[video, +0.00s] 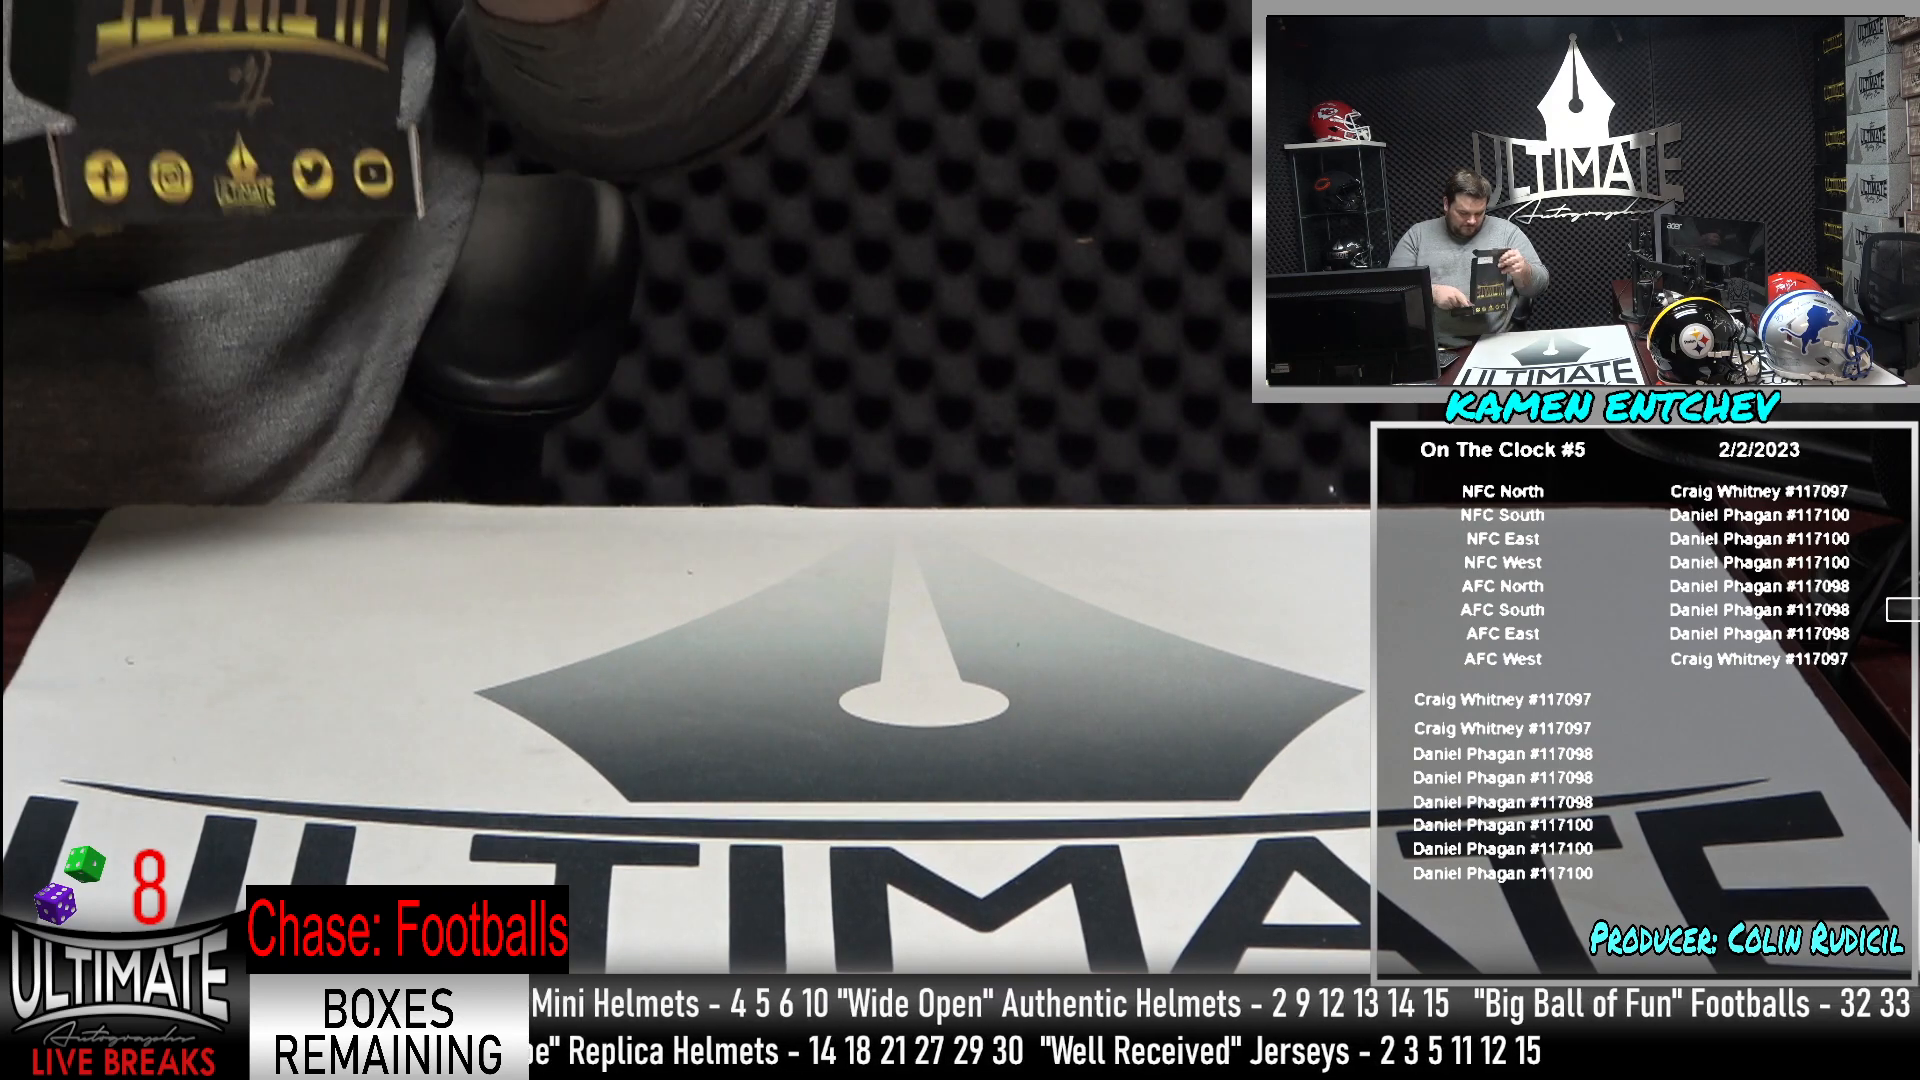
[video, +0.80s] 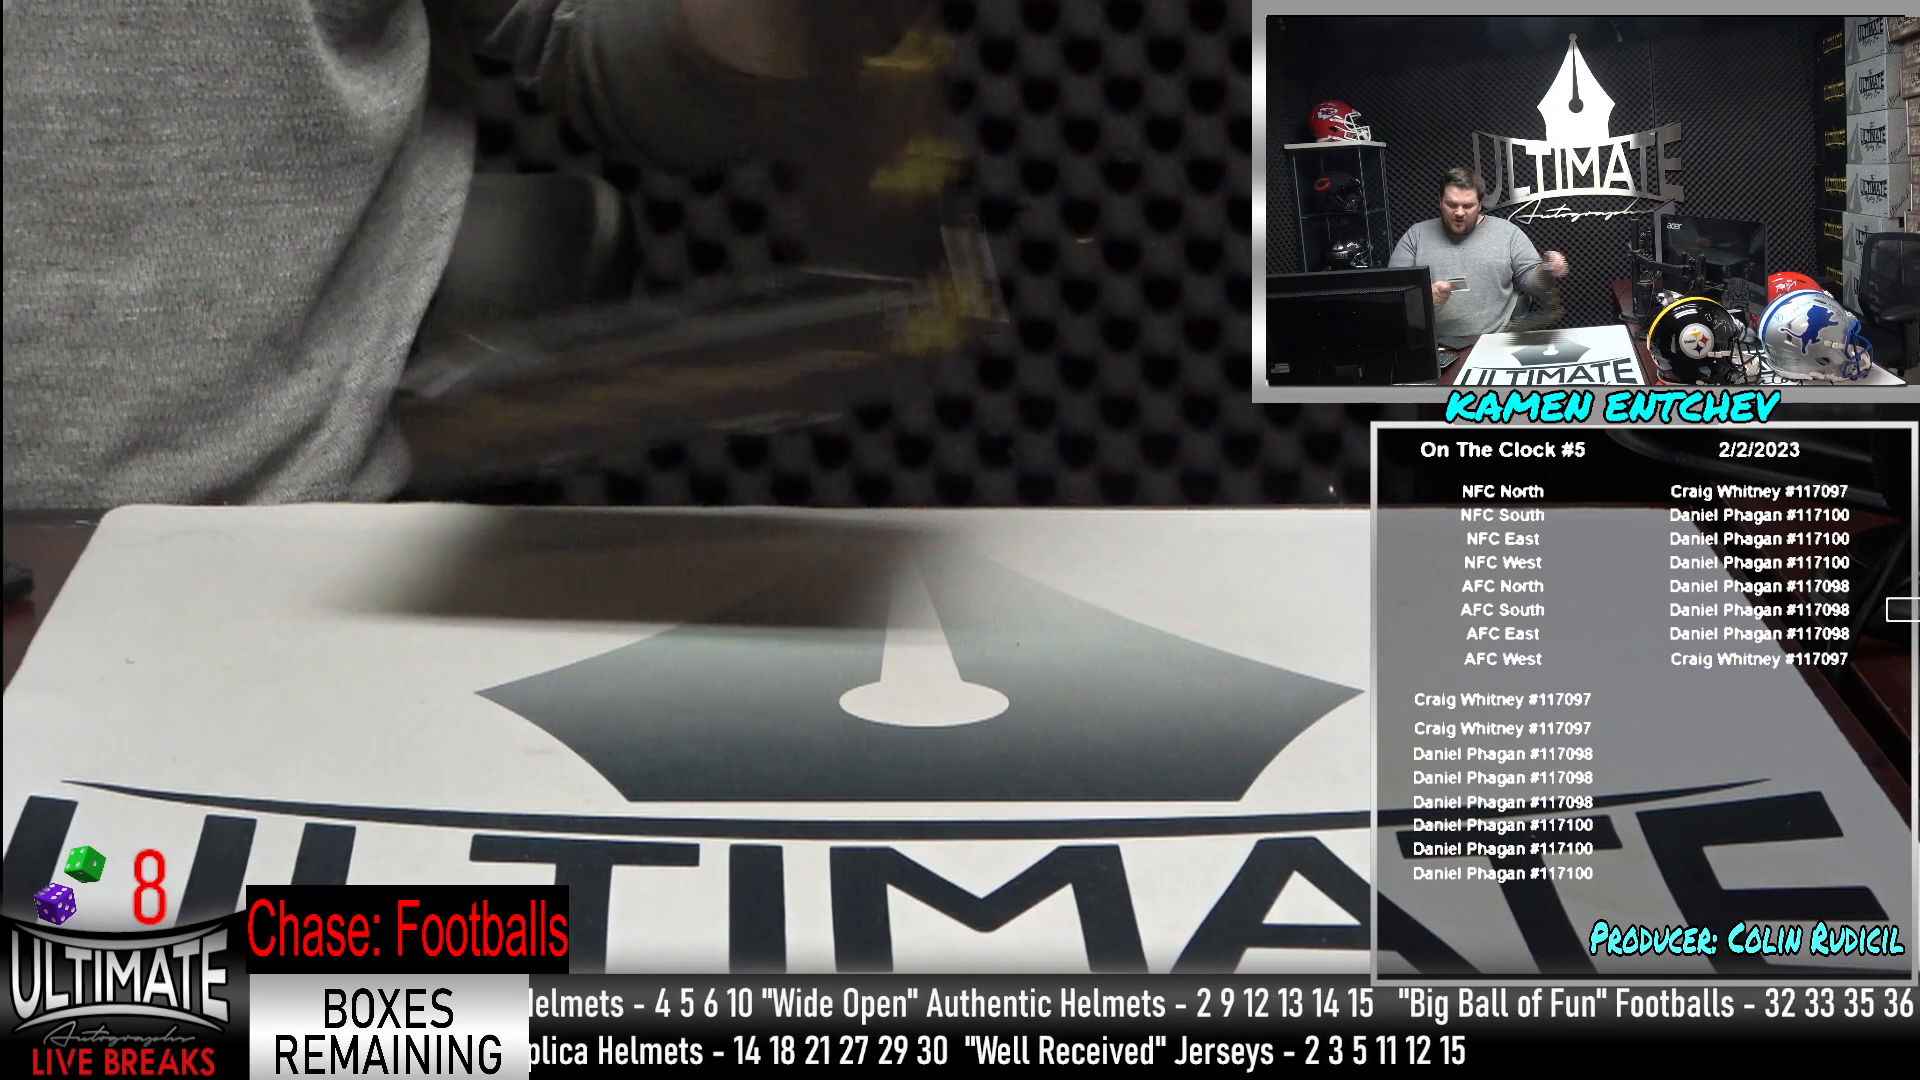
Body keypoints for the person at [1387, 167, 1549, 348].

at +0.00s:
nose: (1472, 221)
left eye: (1479, 213)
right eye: (1463, 213)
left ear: (1486, 207)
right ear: (1446, 204)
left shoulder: (1507, 233)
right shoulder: (1418, 235)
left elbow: (1538, 284)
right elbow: (1393, 285)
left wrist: (1523, 271)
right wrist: (1432, 291)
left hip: (1494, 347)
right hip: (1432, 350)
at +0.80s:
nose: (1459, 213)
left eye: (1467, 206)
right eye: (1452, 205)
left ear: (1479, 204)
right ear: (1441, 202)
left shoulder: (1507, 234)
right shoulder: (1417, 236)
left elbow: (1527, 276)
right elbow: (1391, 289)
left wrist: (1548, 272)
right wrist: (1424, 293)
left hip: (1494, 347)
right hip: (1433, 351)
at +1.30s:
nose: (1461, 209)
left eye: (1468, 200)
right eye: (1452, 202)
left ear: (1480, 199)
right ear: (1441, 203)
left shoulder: (1508, 233)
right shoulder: (1418, 235)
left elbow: (1542, 277)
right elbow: (1392, 287)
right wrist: (1428, 289)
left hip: (1496, 346)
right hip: (1434, 351)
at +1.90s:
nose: (1474, 209)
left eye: (1480, 201)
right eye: (1465, 202)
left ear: (1489, 200)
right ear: (1450, 201)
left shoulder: (1511, 234)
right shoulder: (1424, 234)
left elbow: (1541, 283)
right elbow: (1389, 280)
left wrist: (1507, 282)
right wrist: (1422, 301)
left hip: (1497, 346)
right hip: (1437, 350)